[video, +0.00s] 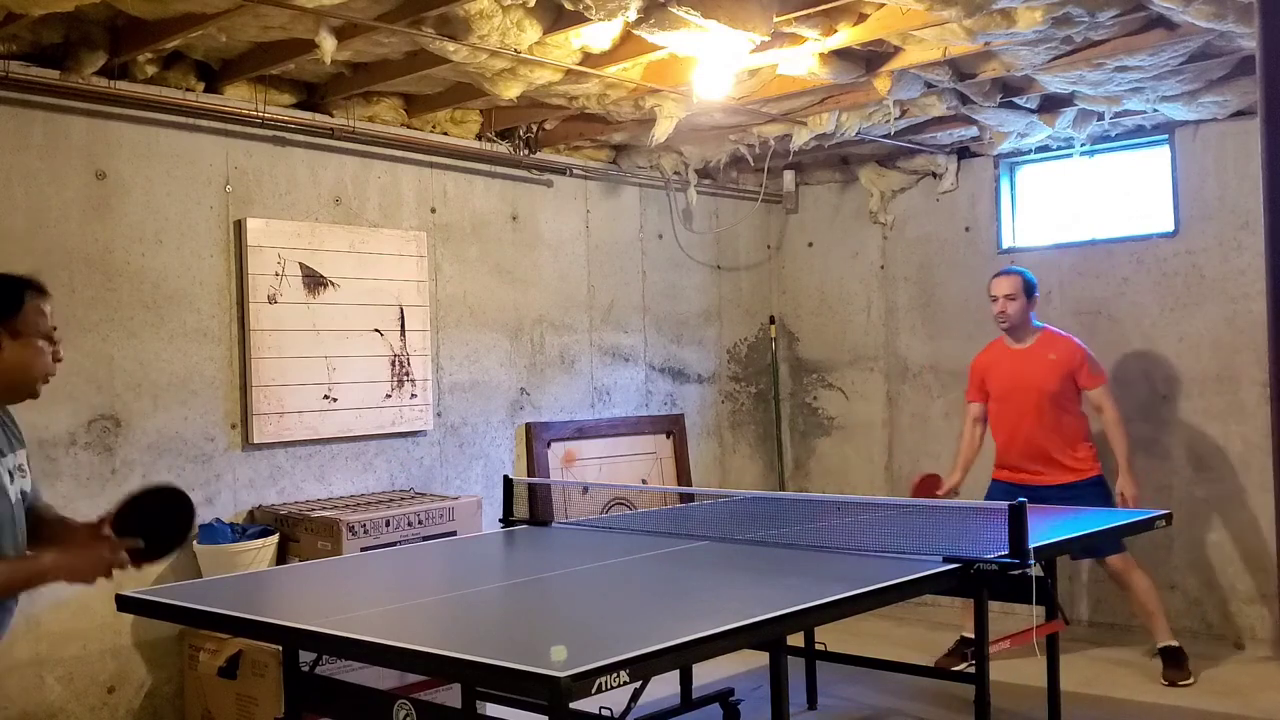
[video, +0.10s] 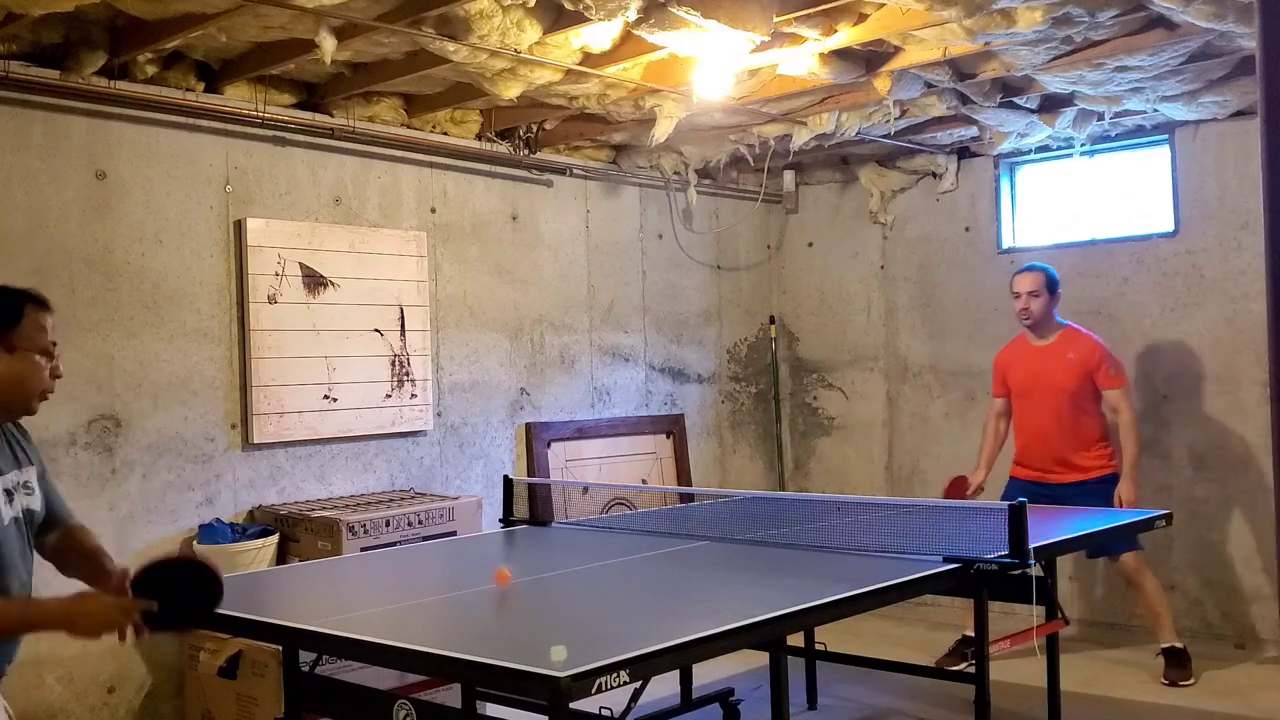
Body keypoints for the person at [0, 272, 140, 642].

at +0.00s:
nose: (59, 355)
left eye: (55, 339)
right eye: (47, 338)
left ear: (7, 339)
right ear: (4, 339)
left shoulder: (7, 427)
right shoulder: (3, 430)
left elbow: (23, 515)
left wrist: (84, 536)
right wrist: (56, 564)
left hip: (3, 635)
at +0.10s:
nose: (57, 370)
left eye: (54, 355)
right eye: (45, 354)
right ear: (3, 352)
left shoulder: (14, 440)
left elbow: (52, 529)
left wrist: (109, 578)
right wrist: (63, 614)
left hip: (0, 677)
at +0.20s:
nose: (63, 368)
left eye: (58, 352)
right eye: (49, 351)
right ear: (6, 351)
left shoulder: (31, 444)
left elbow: (83, 524)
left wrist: (126, 570)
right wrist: (37, 607)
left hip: (3, 691)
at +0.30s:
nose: (65, 348)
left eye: (61, 332)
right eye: (50, 332)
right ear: (4, 334)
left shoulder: (31, 429)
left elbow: (84, 504)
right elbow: (8, 547)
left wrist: (129, 559)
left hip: (9, 665)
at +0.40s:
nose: (61, 333)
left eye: (57, 316)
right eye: (46, 314)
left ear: (12, 316)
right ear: (1, 316)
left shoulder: (10, 412)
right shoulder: (5, 411)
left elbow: (41, 507)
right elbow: (22, 483)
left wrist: (101, 528)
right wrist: (190, 463)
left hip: (5, 664)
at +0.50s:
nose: (41, 325)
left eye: (35, 309)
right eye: (24, 310)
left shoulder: (20, 399)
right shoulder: (18, 396)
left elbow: (3, 506)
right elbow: (173, 434)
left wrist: (72, 527)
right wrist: (323, 428)